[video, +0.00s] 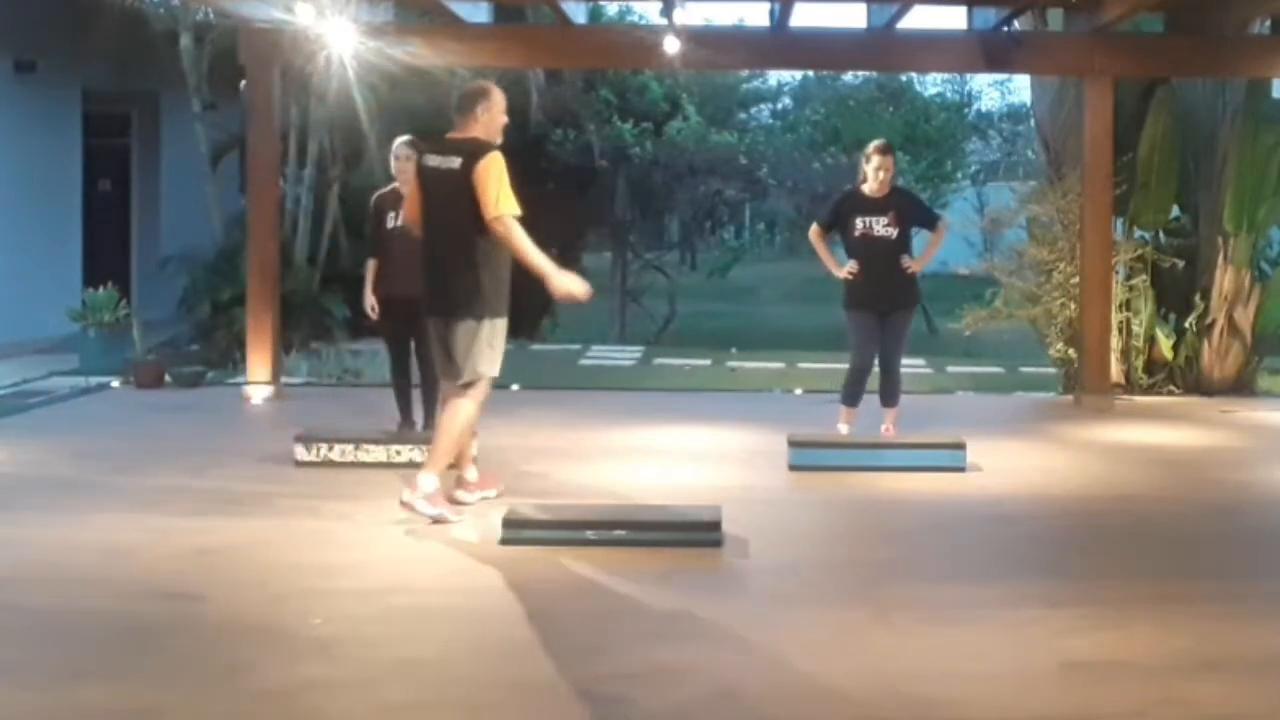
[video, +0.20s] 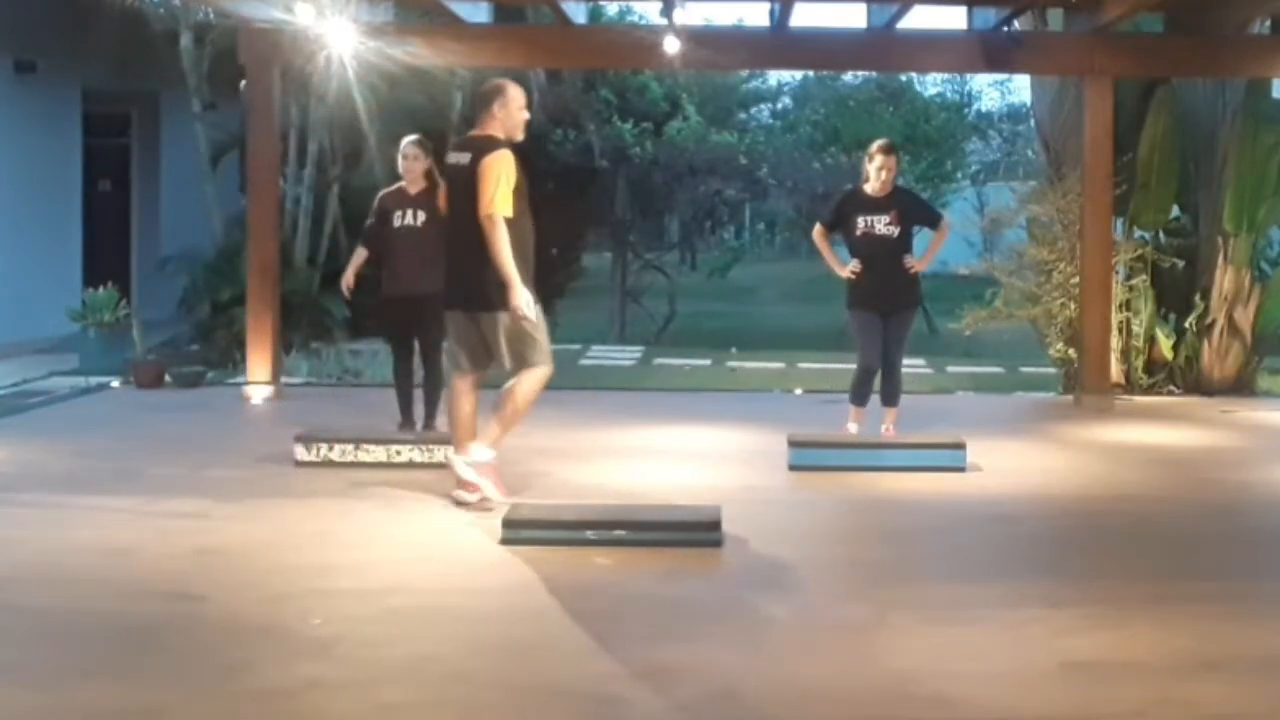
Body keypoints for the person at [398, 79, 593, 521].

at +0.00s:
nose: (506, 120)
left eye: (505, 112)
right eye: (502, 112)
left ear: (464, 113)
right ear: (483, 113)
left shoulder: (428, 154)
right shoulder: (487, 158)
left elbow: (411, 219)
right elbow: (502, 222)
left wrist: (449, 236)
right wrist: (553, 274)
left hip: (438, 290)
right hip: (479, 296)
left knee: (454, 385)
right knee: (474, 387)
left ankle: (464, 475)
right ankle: (426, 484)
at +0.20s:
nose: (527, 117)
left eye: (526, 109)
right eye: (521, 109)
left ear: (489, 111)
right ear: (497, 111)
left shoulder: (458, 151)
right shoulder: (498, 155)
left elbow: (444, 206)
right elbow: (492, 218)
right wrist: (515, 284)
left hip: (460, 285)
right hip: (499, 285)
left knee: (464, 375)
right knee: (537, 365)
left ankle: (465, 480)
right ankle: (484, 449)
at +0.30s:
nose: (540, 117)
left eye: (538, 109)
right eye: (534, 109)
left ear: (502, 113)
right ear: (508, 113)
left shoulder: (471, 154)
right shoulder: (505, 155)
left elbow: (470, 219)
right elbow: (493, 215)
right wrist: (521, 277)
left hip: (475, 285)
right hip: (509, 283)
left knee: (474, 372)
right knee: (549, 363)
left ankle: (469, 474)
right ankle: (521, 464)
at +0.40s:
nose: (551, 120)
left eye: (550, 112)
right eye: (544, 112)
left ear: (517, 117)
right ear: (518, 116)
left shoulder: (494, 156)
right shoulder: (515, 158)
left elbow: (478, 220)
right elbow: (501, 216)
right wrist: (541, 271)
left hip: (490, 288)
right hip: (522, 289)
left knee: (484, 374)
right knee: (549, 371)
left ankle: (469, 474)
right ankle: (550, 466)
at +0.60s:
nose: (571, 122)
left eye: (570, 114)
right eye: (563, 114)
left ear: (541, 120)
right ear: (538, 119)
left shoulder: (536, 159)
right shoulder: (532, 162)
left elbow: (536, 223)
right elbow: (528, 220)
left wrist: (580, 257)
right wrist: (578, 258)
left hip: (538, 291)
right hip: (547, 293)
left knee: (545, 378)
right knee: (561, 375)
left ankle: (497, 442)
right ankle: (552, 468)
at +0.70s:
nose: (578, 120)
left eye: (577, 112)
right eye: (569, 112)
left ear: (554, 118)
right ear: (544, 116)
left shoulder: (556, 160)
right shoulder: (538, 161)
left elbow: (566, 225)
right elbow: (536, 221)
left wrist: (596, 269)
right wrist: (588, 260)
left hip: (572, 285)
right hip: (549, 289)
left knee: (593, 360)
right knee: (561, 374)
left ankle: (537, 434)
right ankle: (552, 468)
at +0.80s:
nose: (586, 118)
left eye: (586, 109)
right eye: (578, 109)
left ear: (573, 114)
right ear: (553, 112)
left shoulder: (570, 159)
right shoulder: (540, 159)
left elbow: (581, 224)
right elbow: (535, 220)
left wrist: (618, 249)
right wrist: (578, 261)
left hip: (585, 286)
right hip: (555, 290)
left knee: (606, 361)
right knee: (563, 374)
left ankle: (573, 446)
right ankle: (548, 468)